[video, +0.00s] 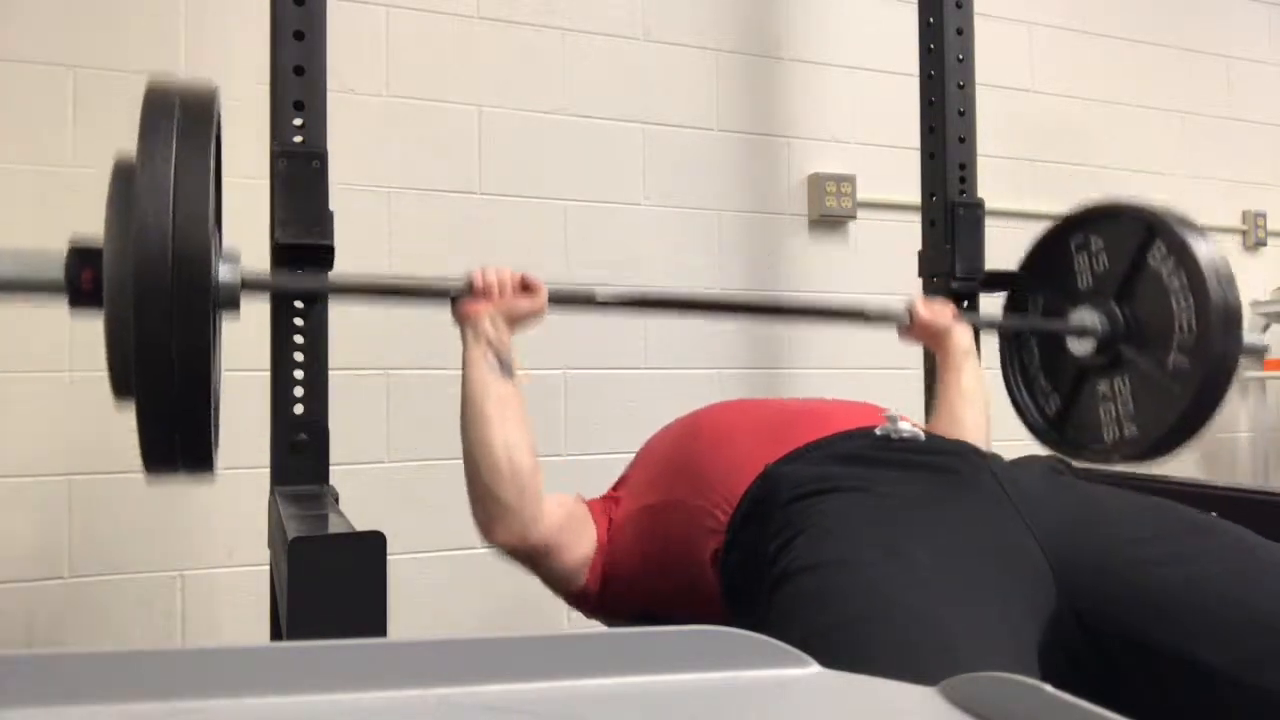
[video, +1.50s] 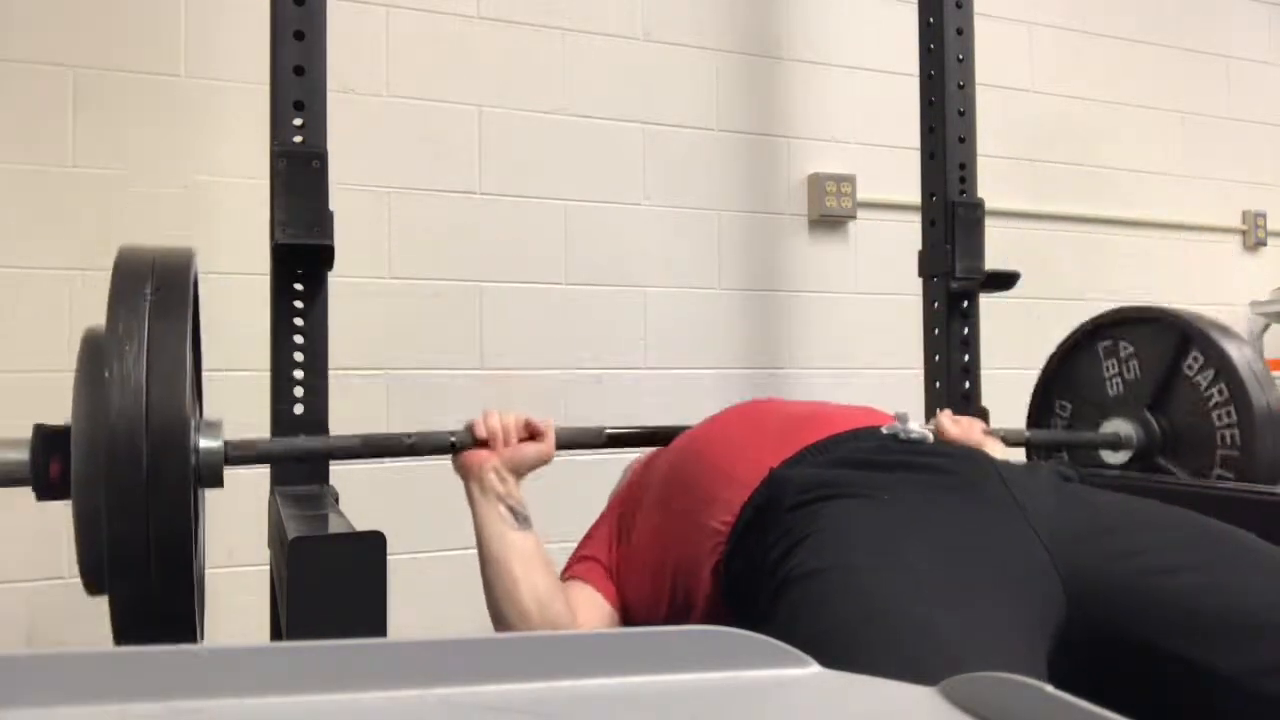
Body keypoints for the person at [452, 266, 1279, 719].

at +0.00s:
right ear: (649, 492)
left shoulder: (862, 437)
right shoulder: (622, 539)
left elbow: (965, 470)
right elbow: (512, 516)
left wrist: (954, 348)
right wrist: (484, 345)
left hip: (1031, 487)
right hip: (846, 506)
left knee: (1272, 614)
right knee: (937, 687)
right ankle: (977, 701)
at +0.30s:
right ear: (647, 480)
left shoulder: (863, 421)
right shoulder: (624, 527)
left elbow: (1009, 508)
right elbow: (551, 632)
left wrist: (975, 444)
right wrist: (494, 480)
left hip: (1020, 485)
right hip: (852, 504)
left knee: (1273, 605)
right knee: (945, 690)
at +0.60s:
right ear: (652, 497)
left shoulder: (888, 435)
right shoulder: (630, 529)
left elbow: (991, 489)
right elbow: (541, 573)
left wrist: (981, 384)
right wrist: (490, 407)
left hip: (1033, 489)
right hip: (856, 509)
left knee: (1272, 623)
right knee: (933, 701)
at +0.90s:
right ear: (629, 498)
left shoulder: (856, 435)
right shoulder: (612, 538)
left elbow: (938, 429)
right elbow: (521, 470)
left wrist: (954, 297)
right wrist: (479, 300)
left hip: (1026, 485)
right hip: (842, 504)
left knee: (1275, 614)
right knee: (940, 699)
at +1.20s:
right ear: (666, 490)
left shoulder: (893, 435)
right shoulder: (641, 531)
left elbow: (992, 491)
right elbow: (526, 574)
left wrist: (972, 387)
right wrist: (485, 404)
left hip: (1024, 486)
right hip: (850, 508)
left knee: (1274, 624)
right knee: (936, 696)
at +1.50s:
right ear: (645, 481)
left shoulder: (857, 422)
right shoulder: (621, 532)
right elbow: (553, 633)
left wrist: (985, 459)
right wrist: (492, 496)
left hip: (1031, 487)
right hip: (853, 502)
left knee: (1270, 604)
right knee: (935, 685)